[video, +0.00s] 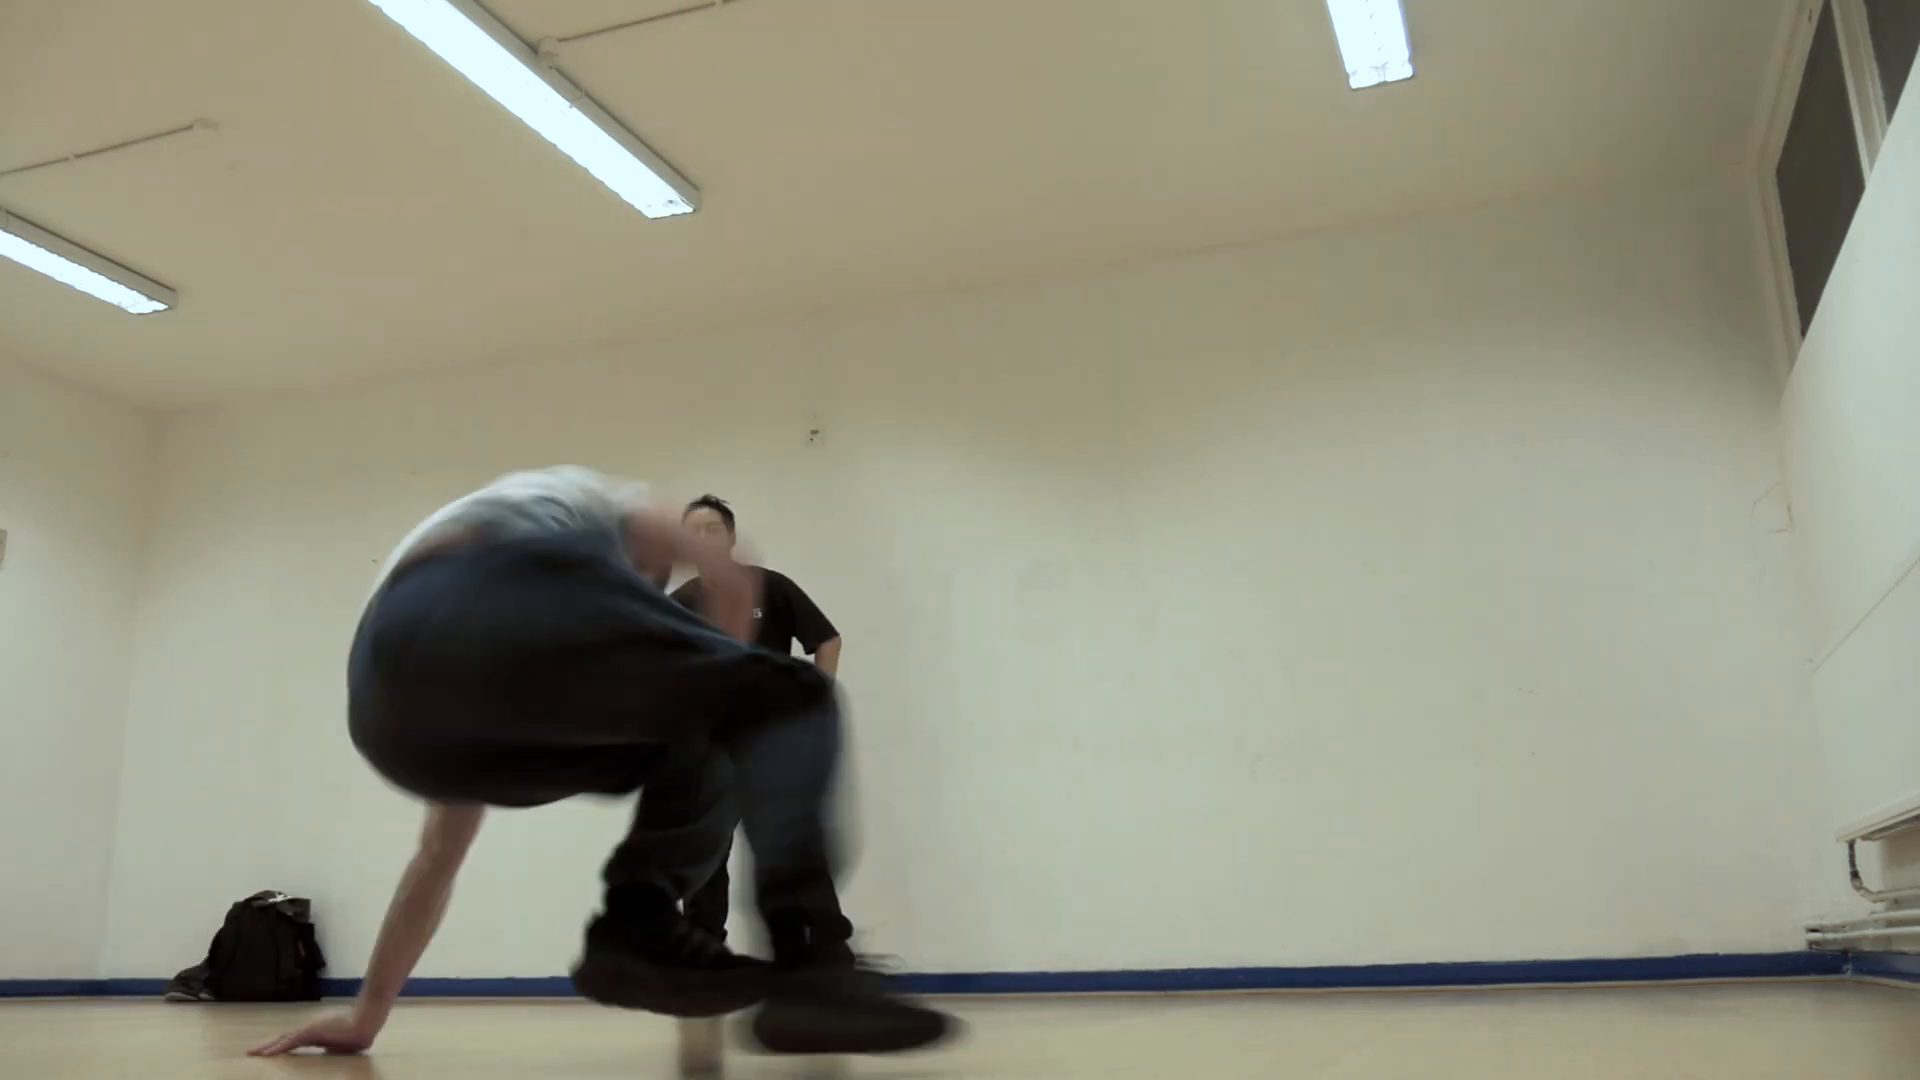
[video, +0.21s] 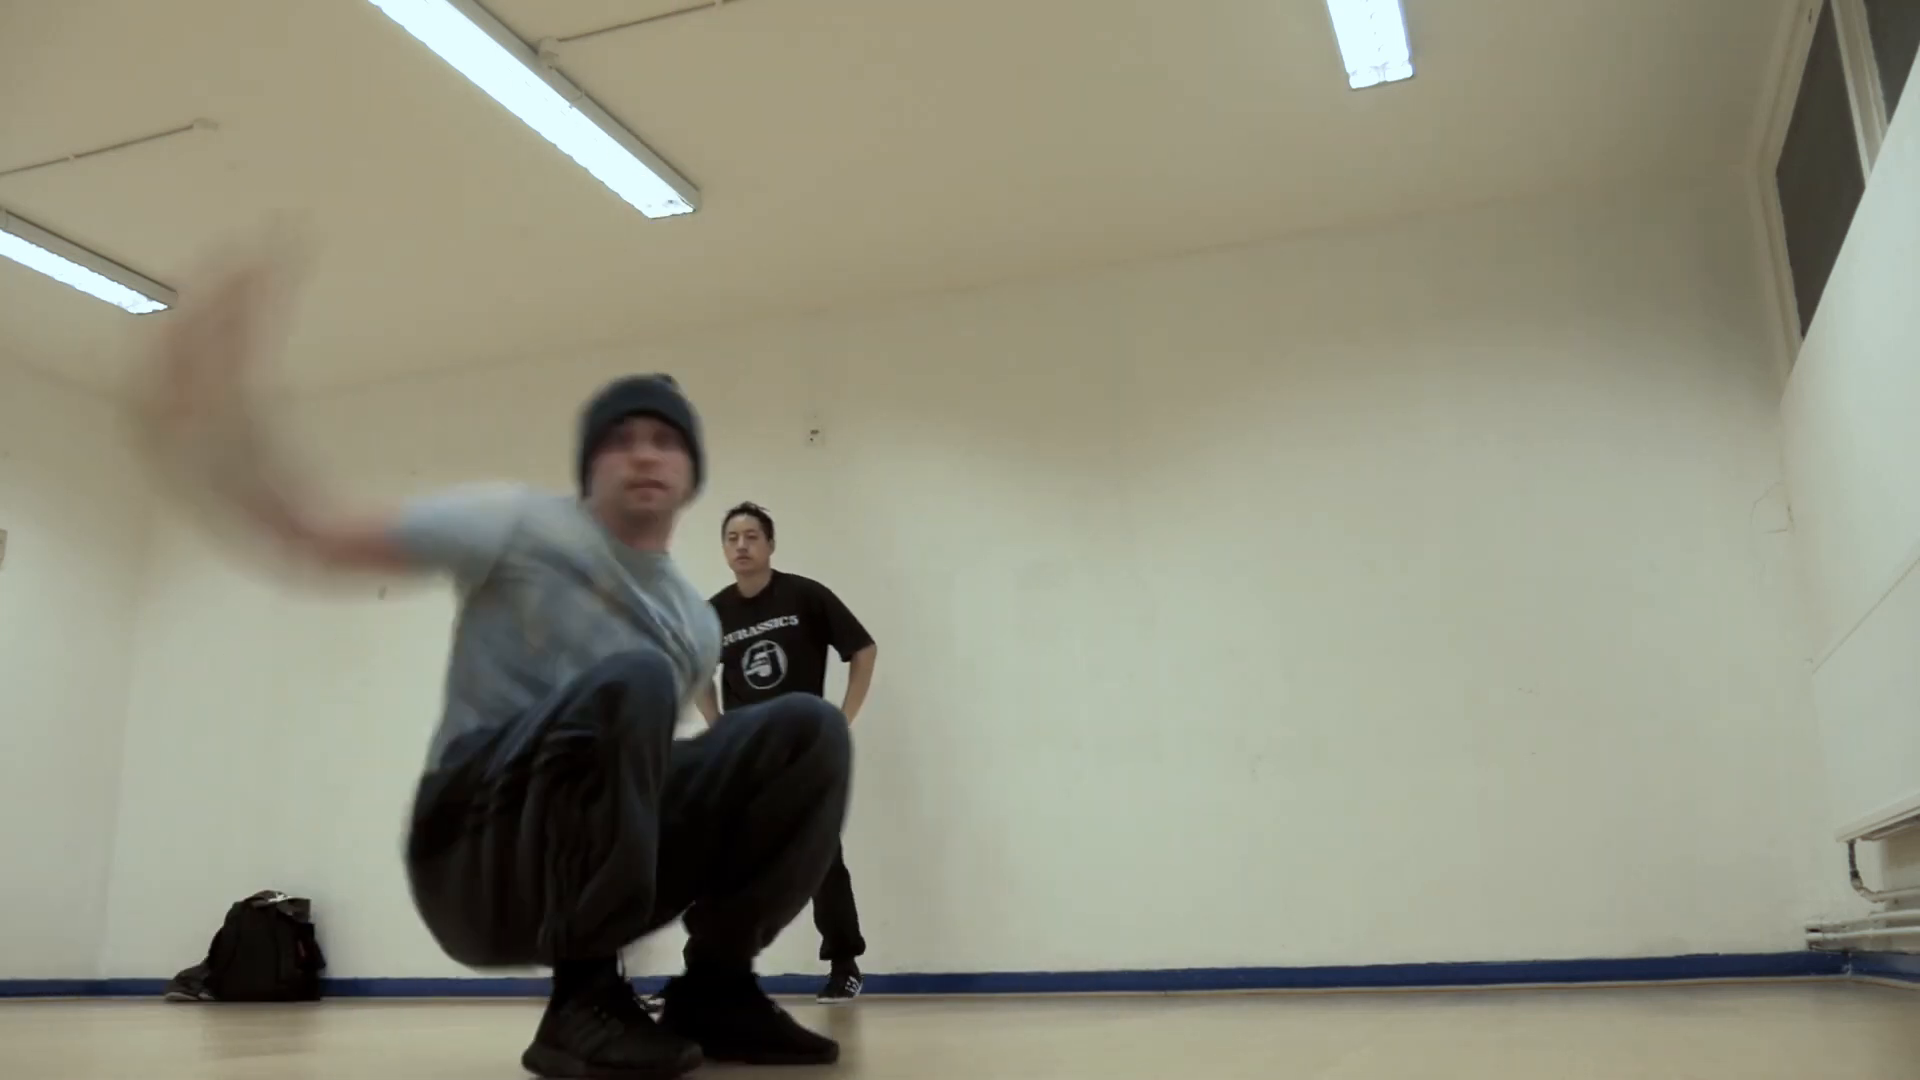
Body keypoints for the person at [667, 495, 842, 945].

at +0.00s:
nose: (703, 539)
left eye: (712, 528)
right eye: (694, 530)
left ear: (731, 536)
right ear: (683, 540)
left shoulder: (770, 588)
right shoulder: (678, 604)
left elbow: (826, 640)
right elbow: (657, 666)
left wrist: (813, 708)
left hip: (770, 735)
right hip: (704, 742)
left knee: (783, 843)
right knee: (703, 847)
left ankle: (800, 942)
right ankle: (701, 944)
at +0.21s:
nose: (741, 545)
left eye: (751, 536)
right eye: (733, 538)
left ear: (770, 545)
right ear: (724, 549)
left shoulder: (806, 596)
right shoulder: (712, 613)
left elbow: (862, 650)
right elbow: (697, 672)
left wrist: (842, 722)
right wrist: (718, 730)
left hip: (804, 747)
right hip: (741, 752)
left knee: (821, 850)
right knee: (735, 854)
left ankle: (842, 962)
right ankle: (723, 973)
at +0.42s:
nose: (781, 551)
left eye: (791, 543)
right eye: (773, 544)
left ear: (811, 552)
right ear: (764, 554)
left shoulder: (845, 604)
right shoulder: (752, 618)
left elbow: (898, 657)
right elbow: (736, 688)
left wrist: (881, 727)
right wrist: (738, 737)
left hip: (839, 752)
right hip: (769, 757)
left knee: (841, 855)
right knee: (741, 856)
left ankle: (844, 967)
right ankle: (720, 963)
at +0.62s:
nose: (819, 565)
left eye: (828, 557)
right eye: (812, 556)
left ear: (846, 563)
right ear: (804, 560)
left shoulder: (870, 608)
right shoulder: (778, 610)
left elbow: (918, 663)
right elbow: (759, 671)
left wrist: (892, 721)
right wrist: (767, 724)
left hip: (848, 756)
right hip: (786, 756)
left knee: (848, 863)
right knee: (756, 856)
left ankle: (845, 973)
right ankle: (758, 968)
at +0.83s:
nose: (824, 549)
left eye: (835, 543)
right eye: (818, 542)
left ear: (854, 554)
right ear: (808, 552)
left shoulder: (879, 607)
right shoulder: (788, 612)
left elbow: (923, 666)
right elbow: (772, 673)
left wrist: (894, 722)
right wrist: (778, 722)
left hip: (853, 756)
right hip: (794, 756)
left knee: (852, 860)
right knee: (780, 858)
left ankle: (848, 971)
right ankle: (811, 961)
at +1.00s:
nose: (824, 552)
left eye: (835, 546)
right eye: (818, 545)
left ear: (855, 555)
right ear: (810, 554)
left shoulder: (877, 609)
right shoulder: (792, 616)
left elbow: (923, 667)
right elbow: (783, 678)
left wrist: (890, 722)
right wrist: (784, 724)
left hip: (852, 755)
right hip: (798, 757)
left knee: (849, 858)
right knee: (803, 864)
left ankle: (850, 968)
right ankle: (834, 962)